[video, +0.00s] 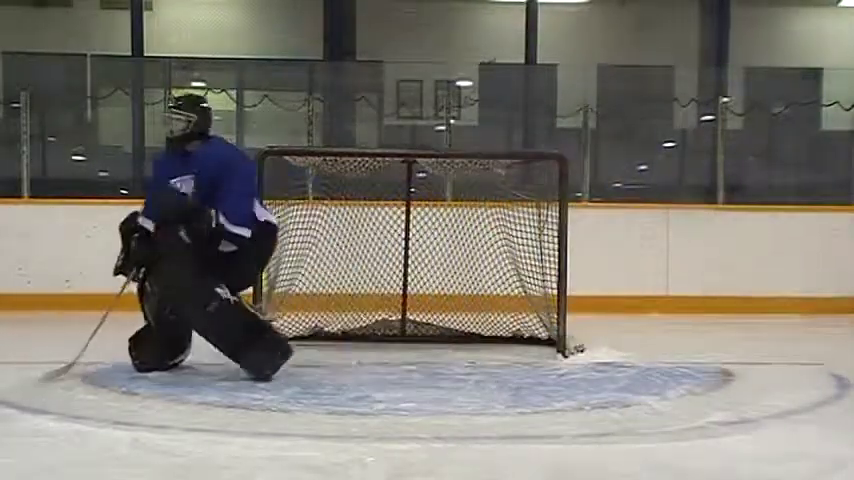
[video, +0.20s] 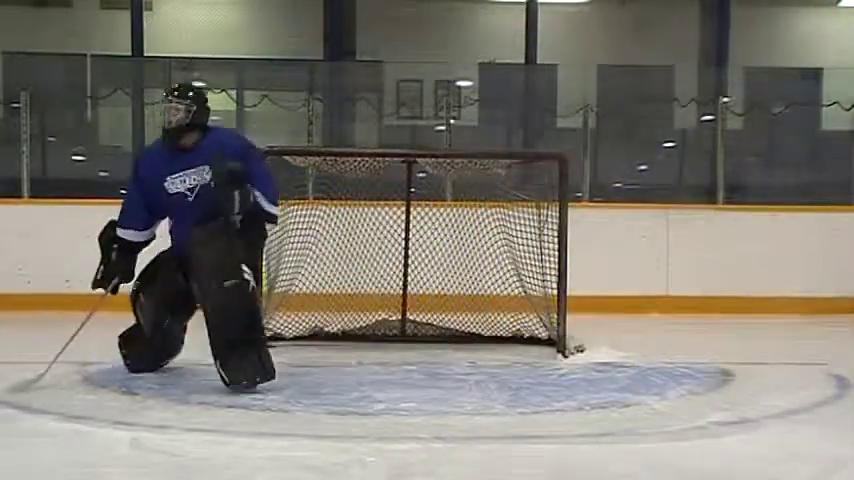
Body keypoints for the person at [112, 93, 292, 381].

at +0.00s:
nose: (171, 126)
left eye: (179, 120)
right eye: (170, 119)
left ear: (198, 124)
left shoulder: (229, 160)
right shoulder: (167, 162)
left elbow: (236, 228)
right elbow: (155, 209)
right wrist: (138, 241)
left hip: (248, 241)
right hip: (199, 240)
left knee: (189, 286)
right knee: (158, 274)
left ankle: (262, 349)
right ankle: (164, 345)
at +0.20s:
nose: (170, 116)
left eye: (178, 110)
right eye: (169, 109)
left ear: (197, 113)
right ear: (166, 111)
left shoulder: (231, 146)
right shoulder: (153, 161)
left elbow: (266, 196)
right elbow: (137, 218)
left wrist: (243, 200)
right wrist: (122, 257)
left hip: (235, 242)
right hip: (188, 252)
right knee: (155, 293)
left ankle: (245, 366)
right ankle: (150, 352)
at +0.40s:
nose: (182, 97)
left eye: (192, 92)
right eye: (180, 90)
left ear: (210, 98)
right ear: (175, 93)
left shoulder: (239, 136)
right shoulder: (160, 144)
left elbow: (271, 192)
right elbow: (140, 208)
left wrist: (242, 194)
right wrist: (118, 244)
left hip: (246, 231)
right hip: (198, 233)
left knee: (194, 289)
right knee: (153, 283)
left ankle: (235, 370)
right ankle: (170, 351)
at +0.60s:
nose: (189, 82)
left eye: (199, 77)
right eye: (187, 75)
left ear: (218, 84)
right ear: (183, 78)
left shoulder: (237, 126)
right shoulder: (178, 124)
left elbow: (240, 204)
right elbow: (158, 182)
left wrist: (192, 184)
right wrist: (144, 227)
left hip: (256, 222)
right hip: (213, 221)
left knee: (189, 278)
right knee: (164, 272)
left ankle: (217, 378)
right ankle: (184, 367)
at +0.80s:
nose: (199, 88)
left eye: (208, 81)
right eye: (199, 80)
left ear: (227, 86)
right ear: (202, 85)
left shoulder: (249, 127)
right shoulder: (201, 129)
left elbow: (241, 198)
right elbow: (183, 188)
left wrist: (188, 201)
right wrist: (156, 234)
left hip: (271, 225)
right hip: (228, 225)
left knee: (206, 287)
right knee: (186, 272)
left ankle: (239, 375)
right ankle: (205, 361)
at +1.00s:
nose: (243, 100)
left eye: (248, 92)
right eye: (234, 93)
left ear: (256, 96)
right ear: (219, 99)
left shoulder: (278, 138)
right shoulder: (208, 140)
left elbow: (283, 203)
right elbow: (185, 193)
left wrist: (242, 215)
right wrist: (158, 232)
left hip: (292, 221)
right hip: (233, 222)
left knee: (275, 290)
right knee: (203, 275)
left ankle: (304, 363)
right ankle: (239, 351)